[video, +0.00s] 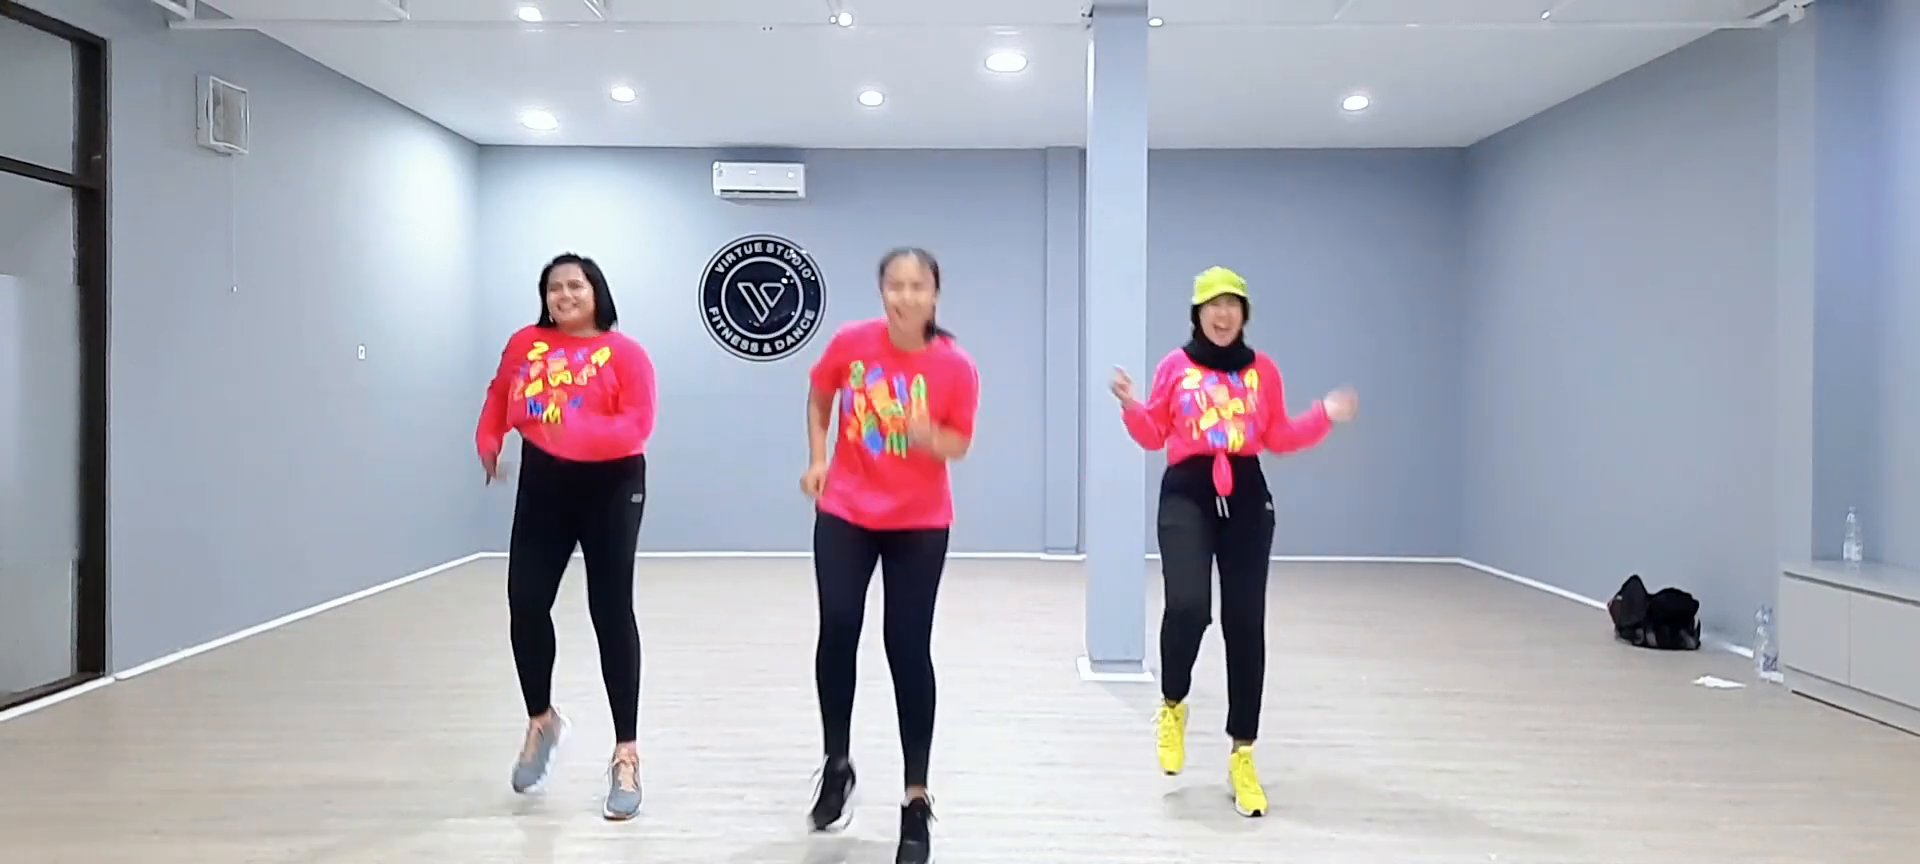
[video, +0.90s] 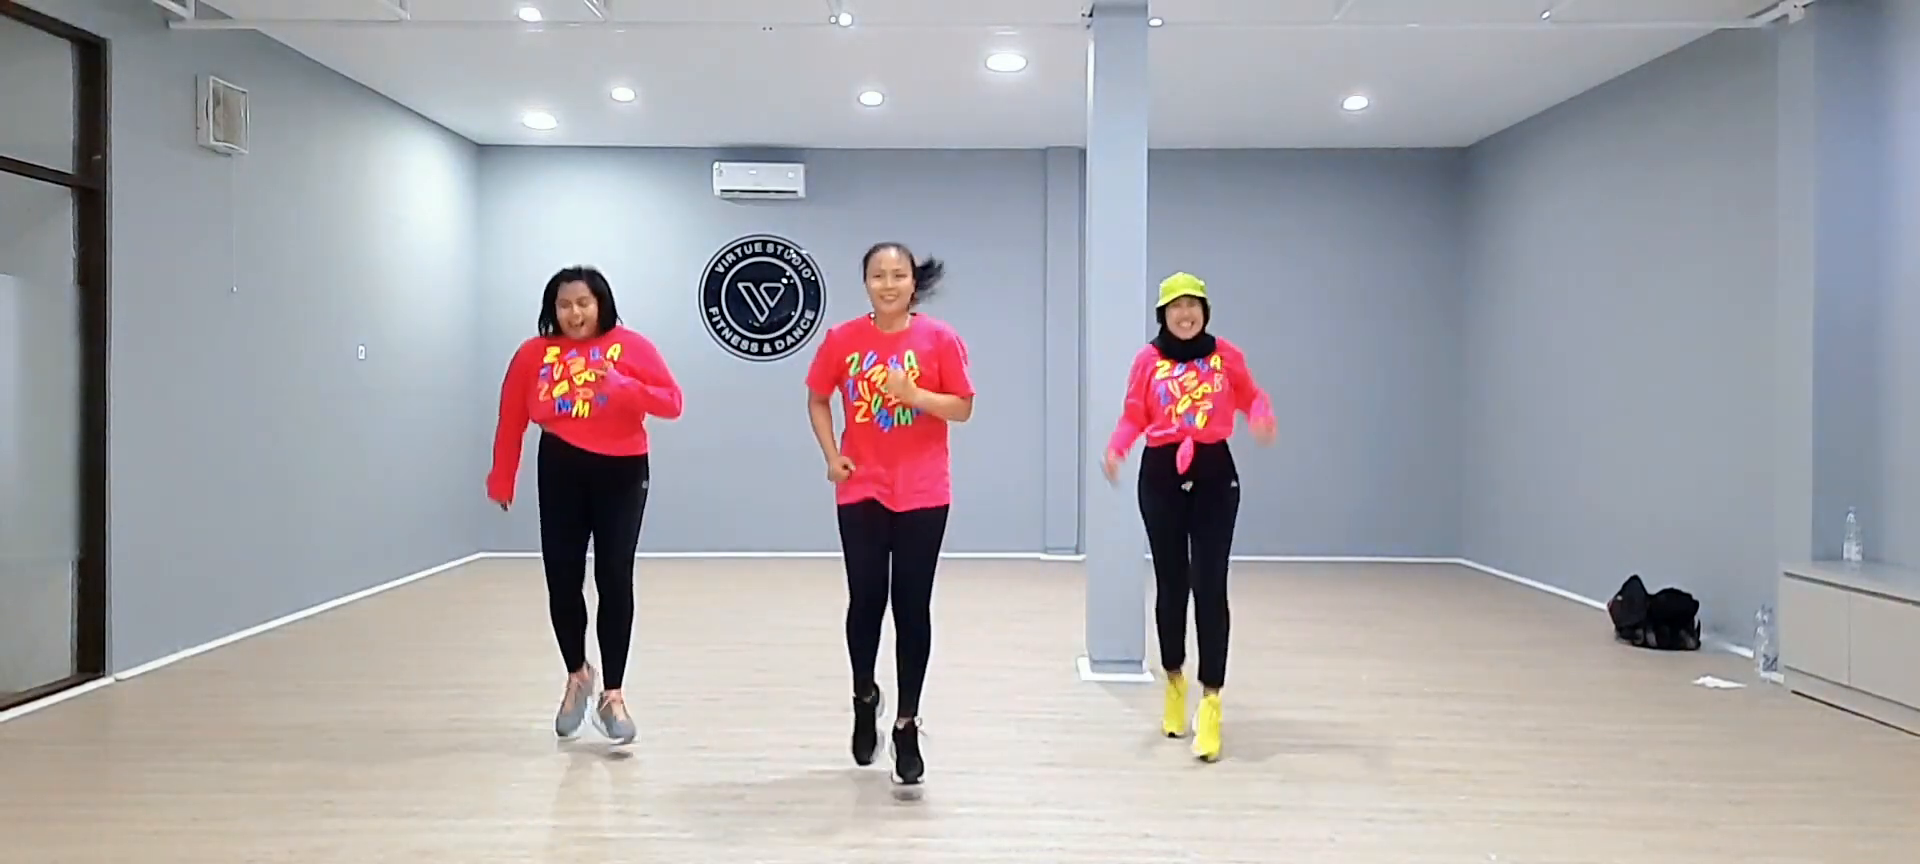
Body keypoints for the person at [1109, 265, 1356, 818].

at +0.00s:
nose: (1224, 316)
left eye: (1232, 306)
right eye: (1214, 306)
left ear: (1245, 313)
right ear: (1198, 312)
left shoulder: (1263, 370)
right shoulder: (1176, 365)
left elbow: (1278, 437)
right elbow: (1154, 436)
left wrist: (1325, 415)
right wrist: (1129, 404)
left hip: (1246, 496)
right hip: (1186, 493)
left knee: (1246, 626)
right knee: (1187, 609)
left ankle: (1243, 754)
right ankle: (1173, 710)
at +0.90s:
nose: (1186, 314)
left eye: (1193, 306)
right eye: (1177, 307)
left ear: (1205, 312)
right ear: (1164, 314)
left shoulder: (1226, 357)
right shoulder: (1148, 360)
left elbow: (1250, 398)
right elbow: (1134, 415)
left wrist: (1261, 416)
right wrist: (1117, 447)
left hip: (1214, 474)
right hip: (1160, 476)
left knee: (1210, 587)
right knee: (1172, 583)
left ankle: (1211, 701)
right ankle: (1175, 684)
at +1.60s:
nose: (1198, 356)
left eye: (1206, 349)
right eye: (1190, 349)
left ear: (1218, 355)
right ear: (1176, 355)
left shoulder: (1234, 404)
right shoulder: (1154, 399)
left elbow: (1258, 448)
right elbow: (1134, 451)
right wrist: (1131, 498)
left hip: (1217, 502)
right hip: (1165, 502)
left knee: (1228, 604)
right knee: (1151, 592)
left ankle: (1236, 699)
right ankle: (1147, 684)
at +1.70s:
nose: (1187, 364)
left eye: (1195, 356)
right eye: (1179, 356)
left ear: (1208, 362)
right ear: (1165, 362)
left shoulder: (1220, 415)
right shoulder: (1146, 405)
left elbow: (1236, 483)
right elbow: (1124, 455)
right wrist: (1107, 503)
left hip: (1209, 513)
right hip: (1157, 512)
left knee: (1218, 616)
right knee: (1133, 595)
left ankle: (1235, 704)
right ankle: (1105, 697)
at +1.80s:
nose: (1171, 368)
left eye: (1180, 360)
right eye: (1163, 360)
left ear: (1193, 368)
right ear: (1150, 366)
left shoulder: (1203, 421)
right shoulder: (1135, 410)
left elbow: (1194, 483)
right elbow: (1111, 461)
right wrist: (1078, 502)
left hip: (1192, 522)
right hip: (1139, 521)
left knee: (1209, 626)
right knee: (1114, 618)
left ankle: (1234, 704)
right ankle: (1079, 723)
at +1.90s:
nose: (1152, 353)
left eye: (1160, 345)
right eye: (1144, 345)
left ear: (1173, 353)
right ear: (1130, 351)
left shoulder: (1183, 398)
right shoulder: (1117, 399)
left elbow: (1173, 444)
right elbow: (1087, 447)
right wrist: (1047, 480)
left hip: (1168, 508)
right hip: (1116, 508)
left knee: (1193, 612)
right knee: (1092, 613)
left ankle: (1222, 693)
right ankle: (1076, 726)